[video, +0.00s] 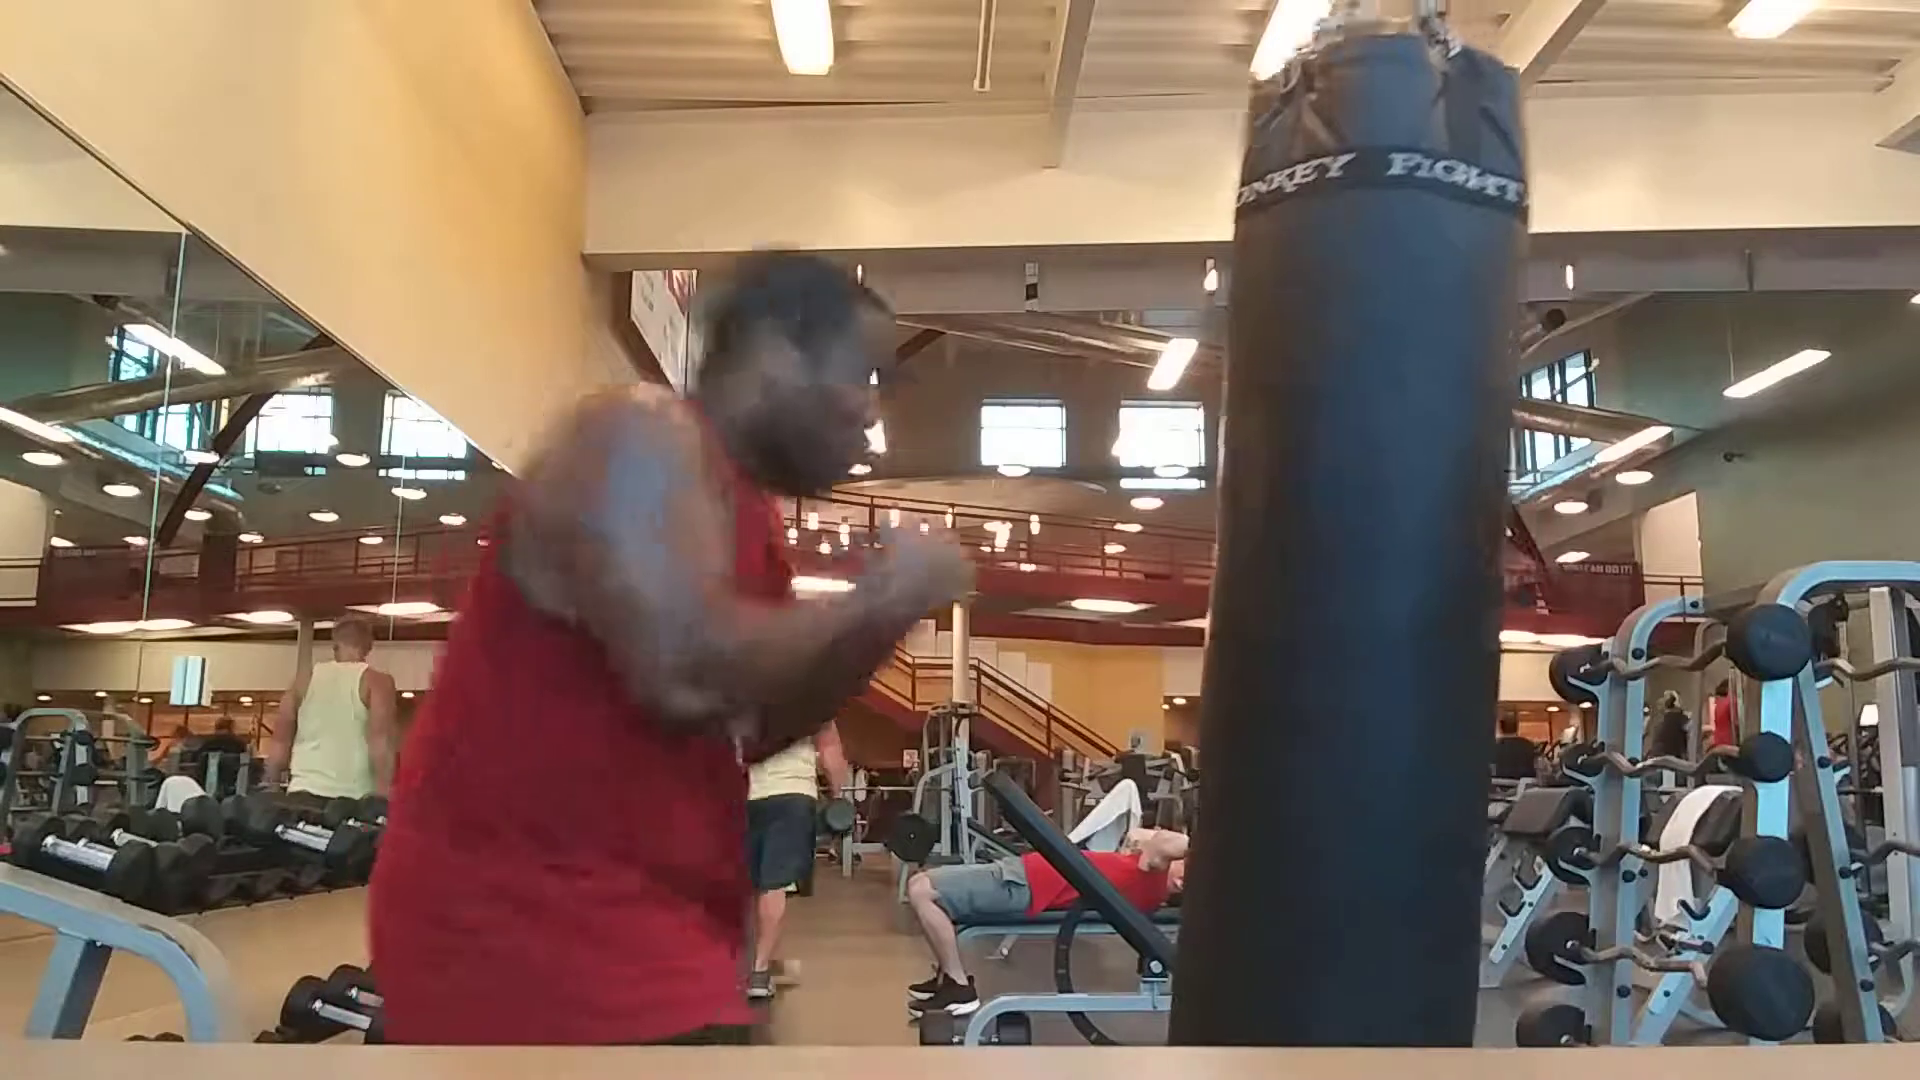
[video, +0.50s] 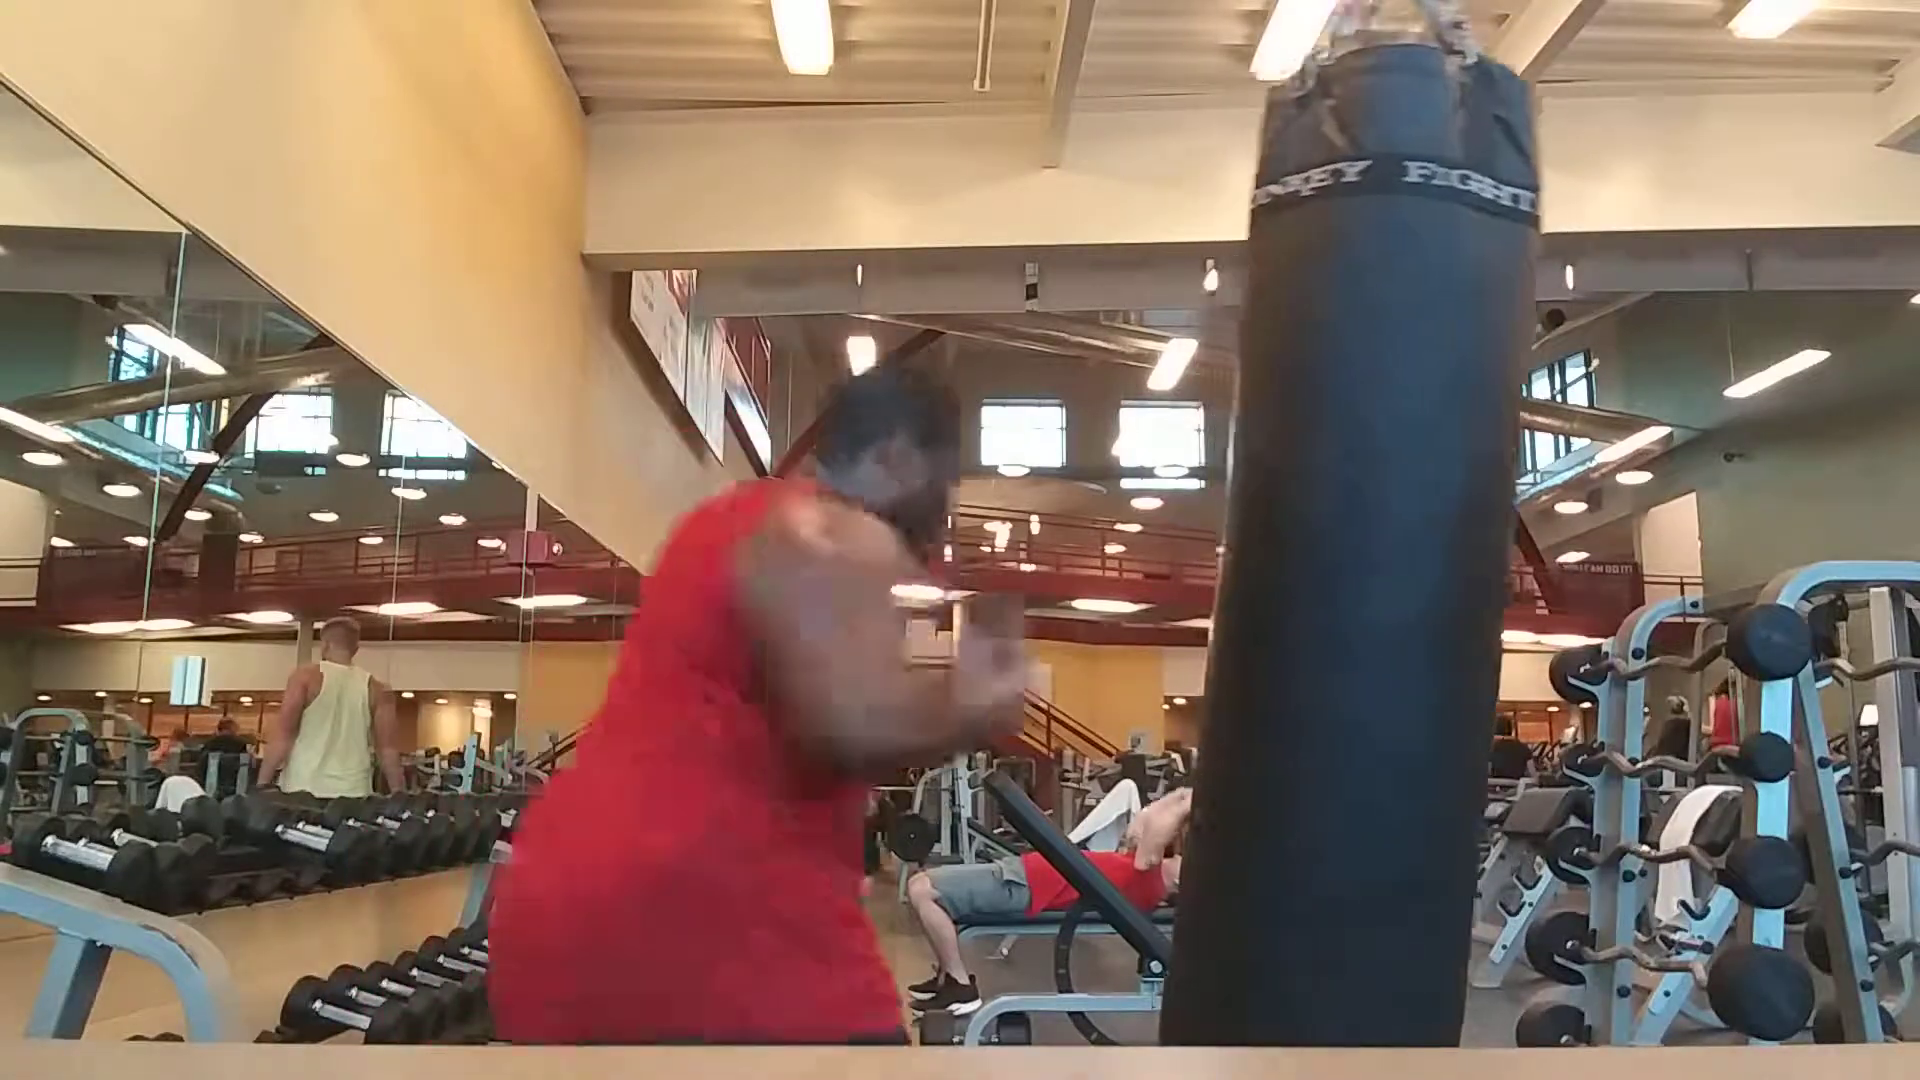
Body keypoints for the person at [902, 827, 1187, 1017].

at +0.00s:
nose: (1183, 863)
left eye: (1188, 866)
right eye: (1186, 861)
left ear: (1183, 878)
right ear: (1177, 864)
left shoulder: (1150, 884)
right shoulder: (1143, 871)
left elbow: (1156, 840)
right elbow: (1142, 836)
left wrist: (1193, 847)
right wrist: (1190, 848)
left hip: (1024, 885)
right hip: (1019, 872)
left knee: (922, 889)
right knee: (922, 881)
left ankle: (959, 985)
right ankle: (945, 977)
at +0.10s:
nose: (1181, 860)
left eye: (1186, 861)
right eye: (1186, 859)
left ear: (1182, 878)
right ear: (1176, 865)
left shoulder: (1146, 885)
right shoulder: (1138, 871)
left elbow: (1152, 843)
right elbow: (1134, 836)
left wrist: (1197, 843)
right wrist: (1191, 840)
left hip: (1025, 886)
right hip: (1020, 872)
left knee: (922, 889)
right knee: (923, 880)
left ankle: (959, 985)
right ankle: (945, 976)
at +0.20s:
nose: (1179, 857)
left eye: (1185, 858)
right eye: (1184, 855)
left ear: (1184, 877)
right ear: (1175, 861)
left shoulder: (1147, 886)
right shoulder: (1139, 870)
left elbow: (1145, 836)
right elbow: (1134, 833)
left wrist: (1196, 839)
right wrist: (1191, 838)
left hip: (1024, 887)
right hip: (1018, 870)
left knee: (922, 890)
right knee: (921, 881)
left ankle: (959, 985)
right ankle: (946, 976)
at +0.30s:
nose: (1176, 862)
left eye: (1183, 862)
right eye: (1181, 858)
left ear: (1184, 878)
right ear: (1172, 861)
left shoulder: (1148, 888)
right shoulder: (1145, 878)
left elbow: (1145, 832)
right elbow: (1134, 832)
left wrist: (1195, 825)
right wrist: (1191, 827)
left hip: (1026, 885)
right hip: (1023, 874)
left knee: (922, 889)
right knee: (923, 883)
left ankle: (959, 986)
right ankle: (946, 978)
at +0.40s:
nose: (1174, 859)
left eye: (1181, 862)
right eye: (1181, 859)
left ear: (1181, 878)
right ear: (1179, 867)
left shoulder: (1150, 885)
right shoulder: (1148, 878)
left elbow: (1148, 831)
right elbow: (1143, 831)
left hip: (1026, 884)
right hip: (1023, 873)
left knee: (921, 889)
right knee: (924, 881)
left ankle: (960, 985)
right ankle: (946, 977)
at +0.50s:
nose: (1172, 859)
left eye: (1179, 861)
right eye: (1178, 858)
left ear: (1179, 877)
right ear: (1173, 863)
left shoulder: (1149, 884)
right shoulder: (1145, 874)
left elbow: (1156, 822)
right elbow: (1140, 824)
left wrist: (1185, 798)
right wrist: (1181, 796)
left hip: (1025, 884)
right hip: (1021, 873)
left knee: (922, 888)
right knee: (923, 881)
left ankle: (960, 984)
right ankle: (945, 976)